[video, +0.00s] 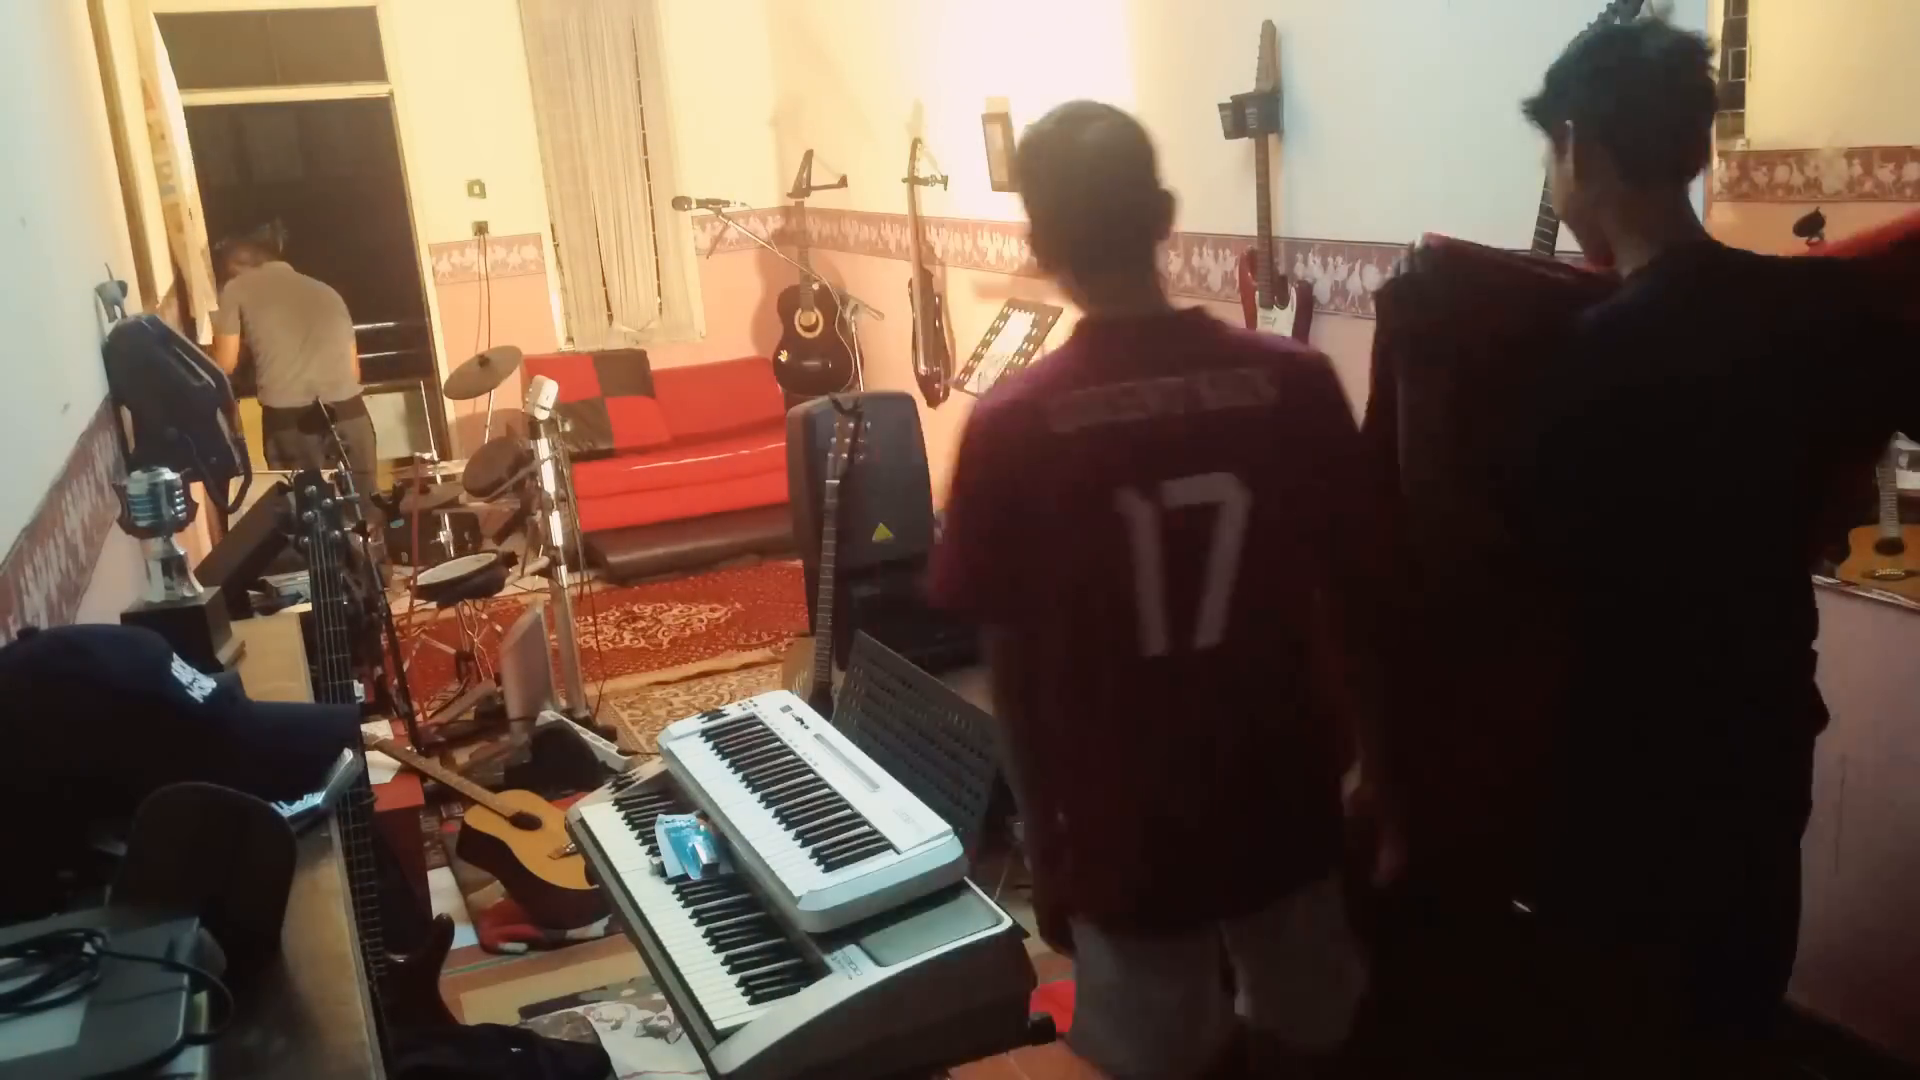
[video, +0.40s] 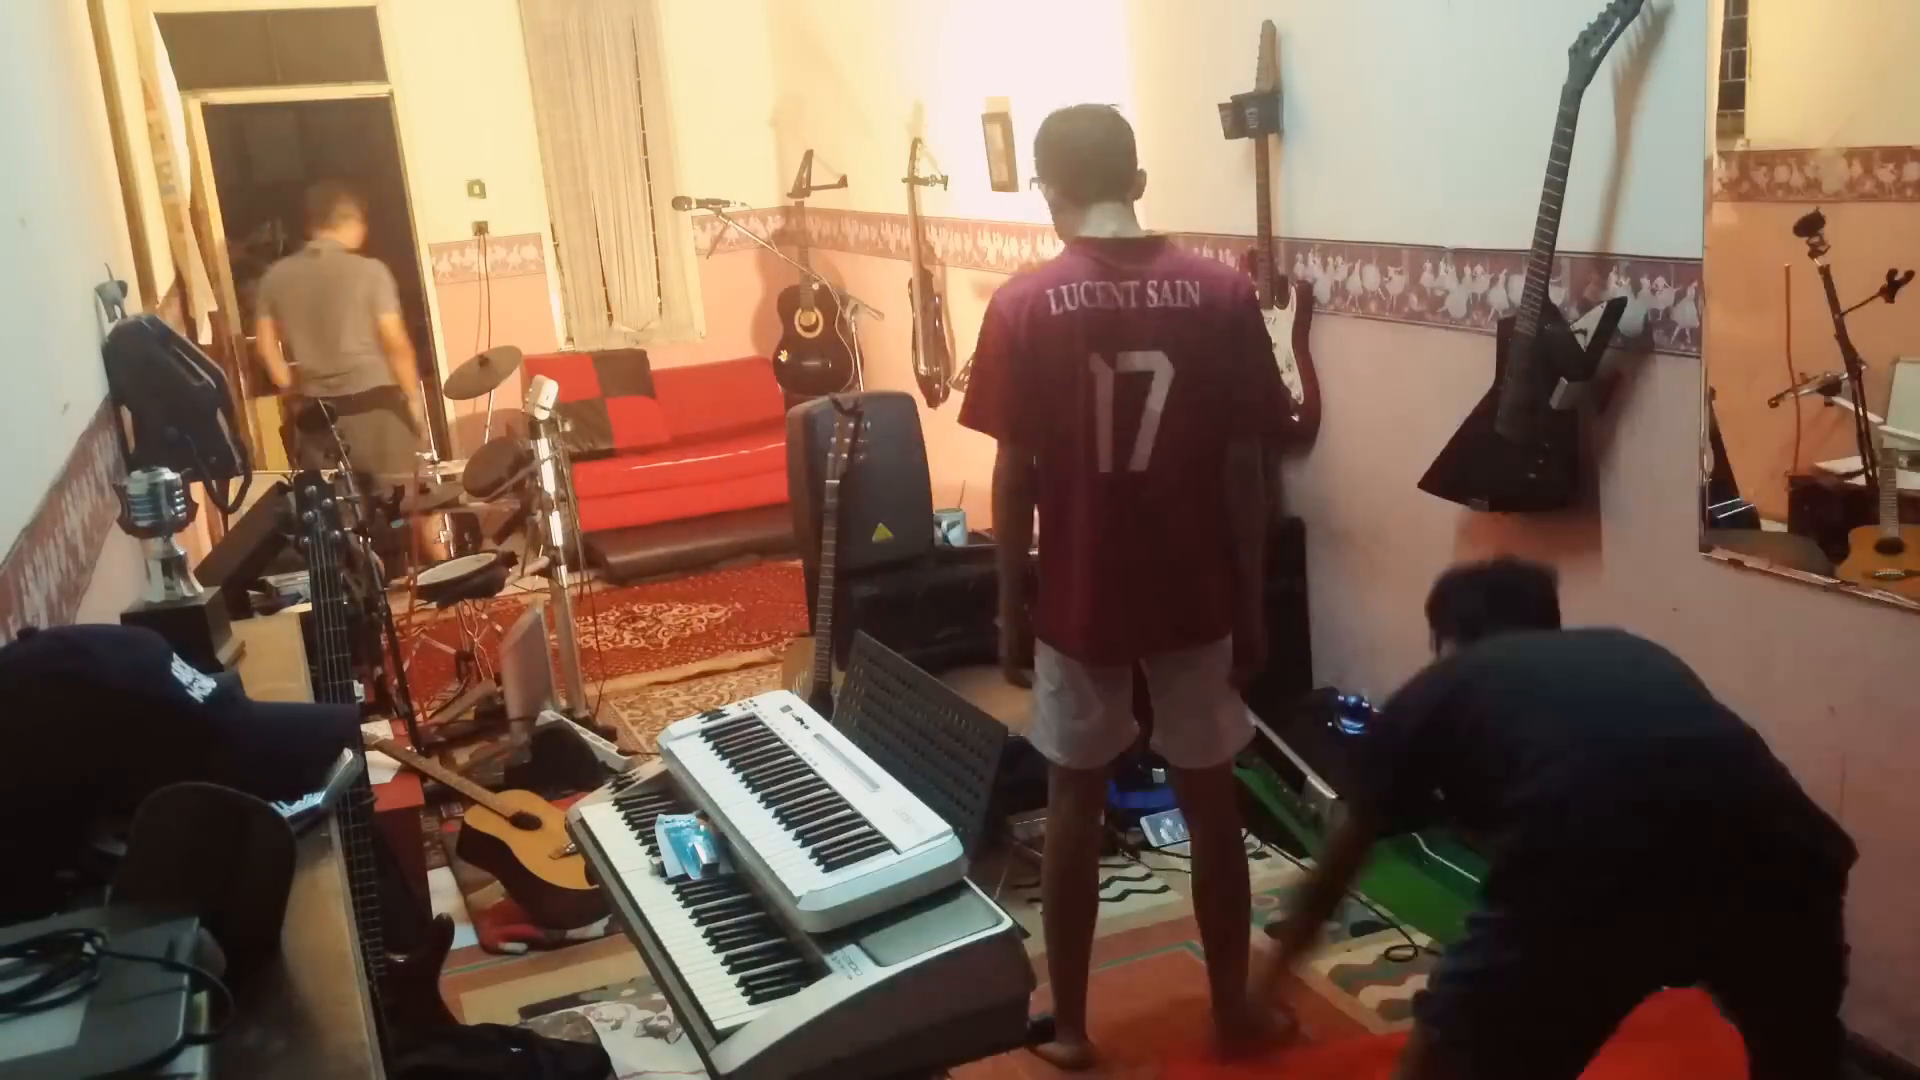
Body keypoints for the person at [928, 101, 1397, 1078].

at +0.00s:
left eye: (1032, 229)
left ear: (1039, 248)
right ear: (1164, 212)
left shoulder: (1010, 424)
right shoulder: (1293, 379)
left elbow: (1008, 668)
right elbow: (1359, 600)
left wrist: (1039, 841)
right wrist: (1375, 766)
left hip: (1120, 832)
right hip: (1286, 809)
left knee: (1153, 1061)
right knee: (1311, 1047)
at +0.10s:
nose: (1104, 199)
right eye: (1105, 182)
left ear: (1004, 204)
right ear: (1108, 193)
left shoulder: (948, 340)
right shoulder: (1170, 330)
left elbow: (930, 526)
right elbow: (1200, 512)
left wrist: (961, 616)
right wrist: (1196, 636)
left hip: (1009, 670)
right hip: (1134, 664)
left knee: (1053, 902)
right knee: (1183, 902)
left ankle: (1094, 1076)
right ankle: (1198, 1075)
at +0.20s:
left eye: (1223, 185)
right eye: (1224, 185)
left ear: (1114, 192)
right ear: (1208, 195)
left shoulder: (1030, 311)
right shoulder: (1226, 328)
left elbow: (1002, 490)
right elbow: (1217, 496)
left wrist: (1073, 552)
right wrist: (1247, 620)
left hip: (1060, 649)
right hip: (1178, 655)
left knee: (1076, 888)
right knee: (1184, 914)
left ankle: (1074, 1074)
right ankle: (1175, 1075)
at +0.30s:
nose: (1079, 209)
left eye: (1075, 195)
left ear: (1082, 197)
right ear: (1170, 181)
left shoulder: (1062, 307)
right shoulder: (1266, 288)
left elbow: (1040, 487)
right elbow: (1328, 450)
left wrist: (1022, 626)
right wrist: (1326, 597)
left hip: (1117, 606)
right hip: (1242, 598)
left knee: (1078, 792)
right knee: (1239, 809)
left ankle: (1071, 1025)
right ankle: (1241, 1019)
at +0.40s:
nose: (1046, 203)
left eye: (1043, 189)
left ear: (1051, 191)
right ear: (1138, 179)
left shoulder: (1025, 304)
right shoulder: (1219, 287)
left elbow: (1013, 475)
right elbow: (1249, 464)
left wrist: (1010, 602)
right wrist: (1254, 601)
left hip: (1079, 596)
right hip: (1196, 590)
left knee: (1073, 802)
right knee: (1210, 803)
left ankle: (1068, 1019)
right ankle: (1232, 1009)